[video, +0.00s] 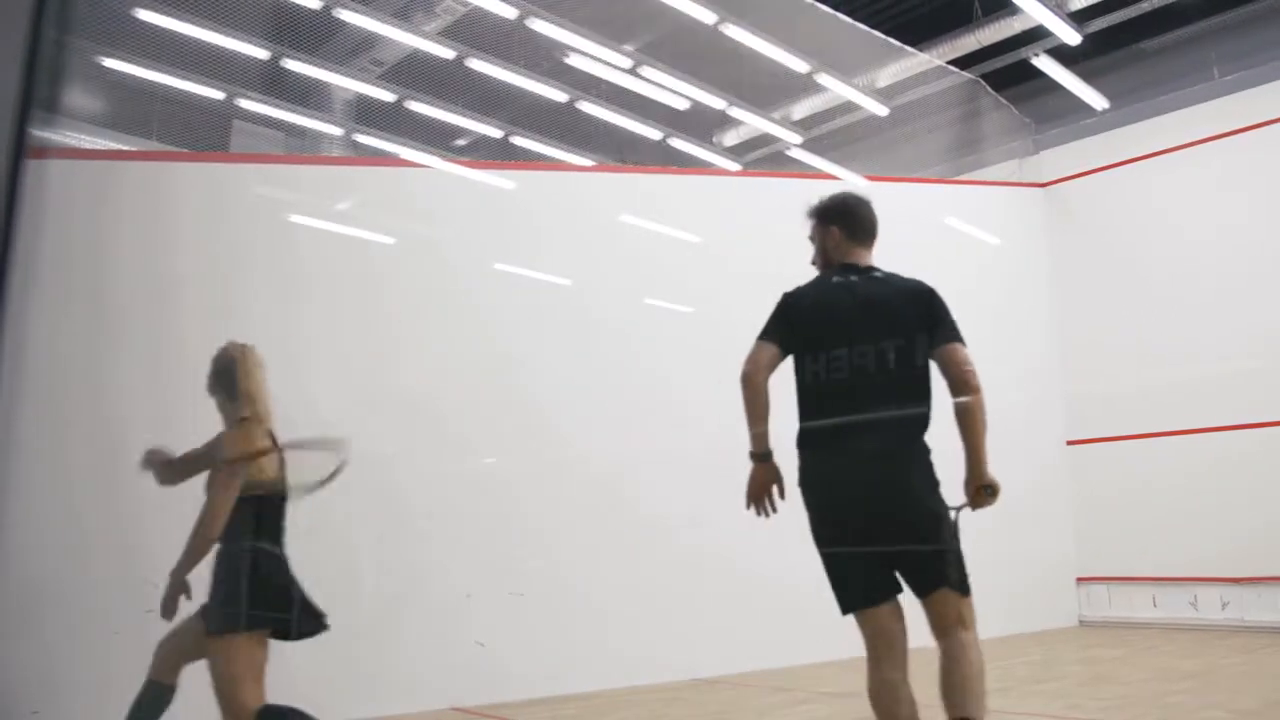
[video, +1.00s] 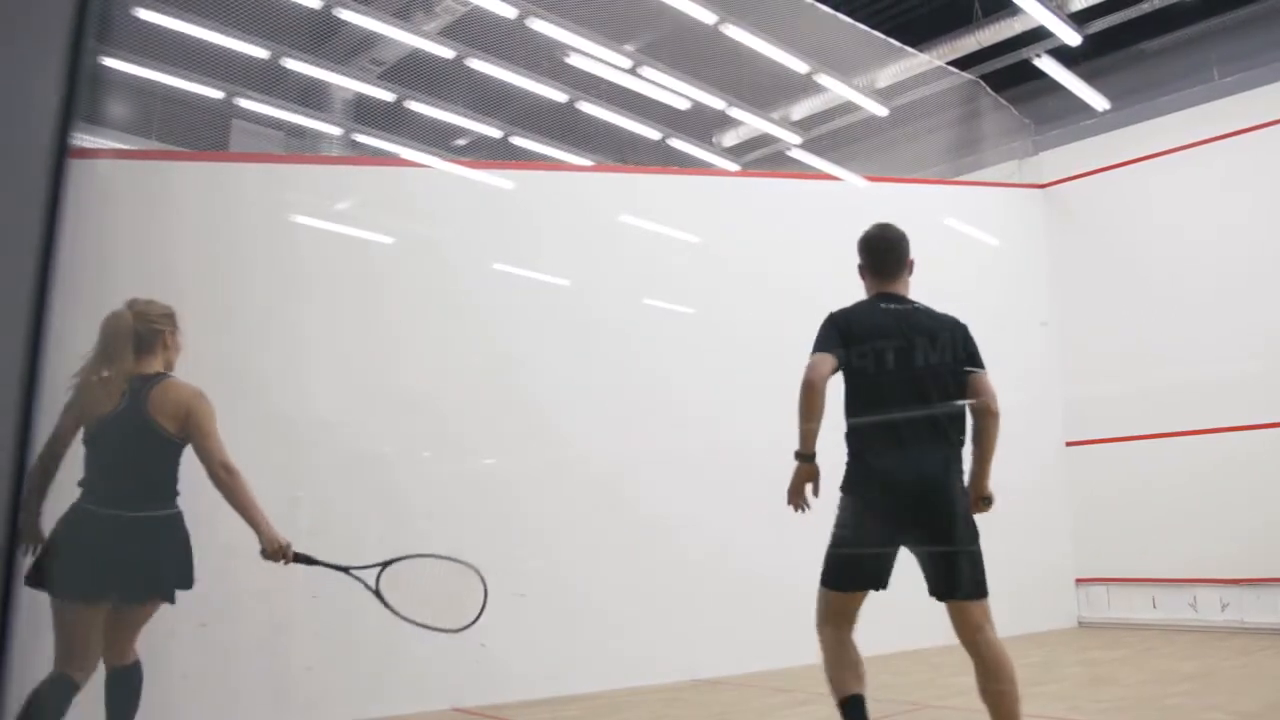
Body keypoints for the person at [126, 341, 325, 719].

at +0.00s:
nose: (208, 392)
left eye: (210, 384)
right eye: (211, 384)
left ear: (215, 388)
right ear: (254, 385)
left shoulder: (236, 441)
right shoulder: (259, 436)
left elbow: (211, 527)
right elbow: (173, 475)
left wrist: (178, 575)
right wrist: (159, 461)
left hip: (243, 591)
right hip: (258, 590)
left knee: (243, 708)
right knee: (170, 652)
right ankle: (140, 713)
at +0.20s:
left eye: (173, 369)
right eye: (217, 370)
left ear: (174, 376)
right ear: (218, 374)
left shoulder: (163, 432)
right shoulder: (236, 432)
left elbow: (156, 518)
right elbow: (206, 504)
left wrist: (137, 582)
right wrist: (140, 534)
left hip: (196, 568)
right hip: (239, 564)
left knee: (196, 700)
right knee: (149, 641)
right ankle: (132, 716)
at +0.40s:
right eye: (191, 355)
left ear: (144, 361)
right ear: (191, 361)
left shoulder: (124, 417)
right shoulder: (217, 417)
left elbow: (111, 499)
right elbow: (233, 497)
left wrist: (96, 570)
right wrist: (234, 552)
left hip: (161, 557)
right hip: (218, 552)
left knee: (153, 685)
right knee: (150, 667)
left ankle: (236, 716)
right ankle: (135, 714)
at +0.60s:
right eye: (176, 355)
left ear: (123, 356)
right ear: (174, 357)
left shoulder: (107, 406)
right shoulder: (204, 408)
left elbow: (85, 484)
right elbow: (239, 480)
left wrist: (63, 555)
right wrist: (273, 543)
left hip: (135, 550)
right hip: (196, 547)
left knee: (111, 672)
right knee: (141, 653)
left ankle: (190, 715)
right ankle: (135, 719)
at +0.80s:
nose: (178, 352)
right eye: (177, 347)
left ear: (124, 352)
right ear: (172, 349)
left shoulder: (98, 405)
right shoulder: (195, 407)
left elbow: (59, 477)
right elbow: (230, 477)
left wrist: (34, 537)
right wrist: (274, 538)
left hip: (106, 549)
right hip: (172, 552)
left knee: (82, 671)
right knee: (122, 651)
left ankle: (108, 714)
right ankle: (123, 716)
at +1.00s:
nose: (179, 346)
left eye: (179, 338)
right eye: (178, 338)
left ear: (128, 341)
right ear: (167, 339)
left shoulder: (92, 392)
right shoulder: (185, 399)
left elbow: (48, 460)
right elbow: (222, 470)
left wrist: (29, 518)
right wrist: (267, 534)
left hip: (85, 542)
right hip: (153, 548)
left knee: (71, 667)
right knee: (121, 648)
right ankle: (120, 718)